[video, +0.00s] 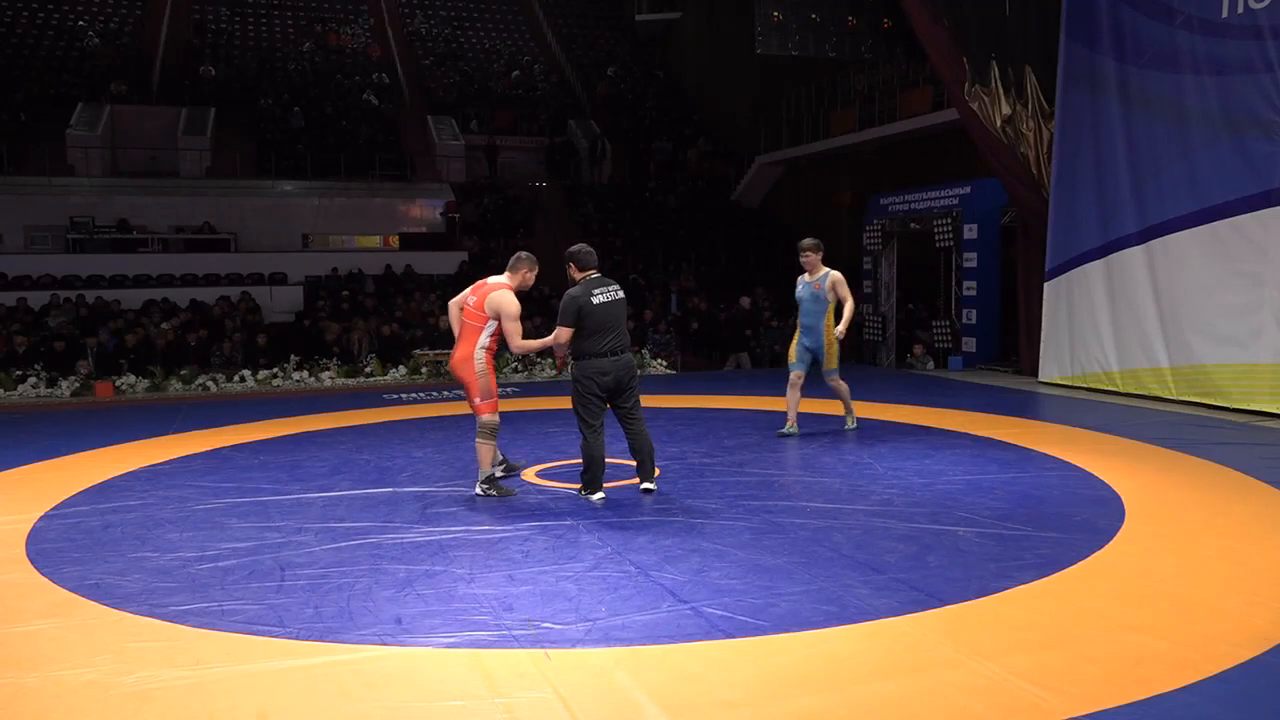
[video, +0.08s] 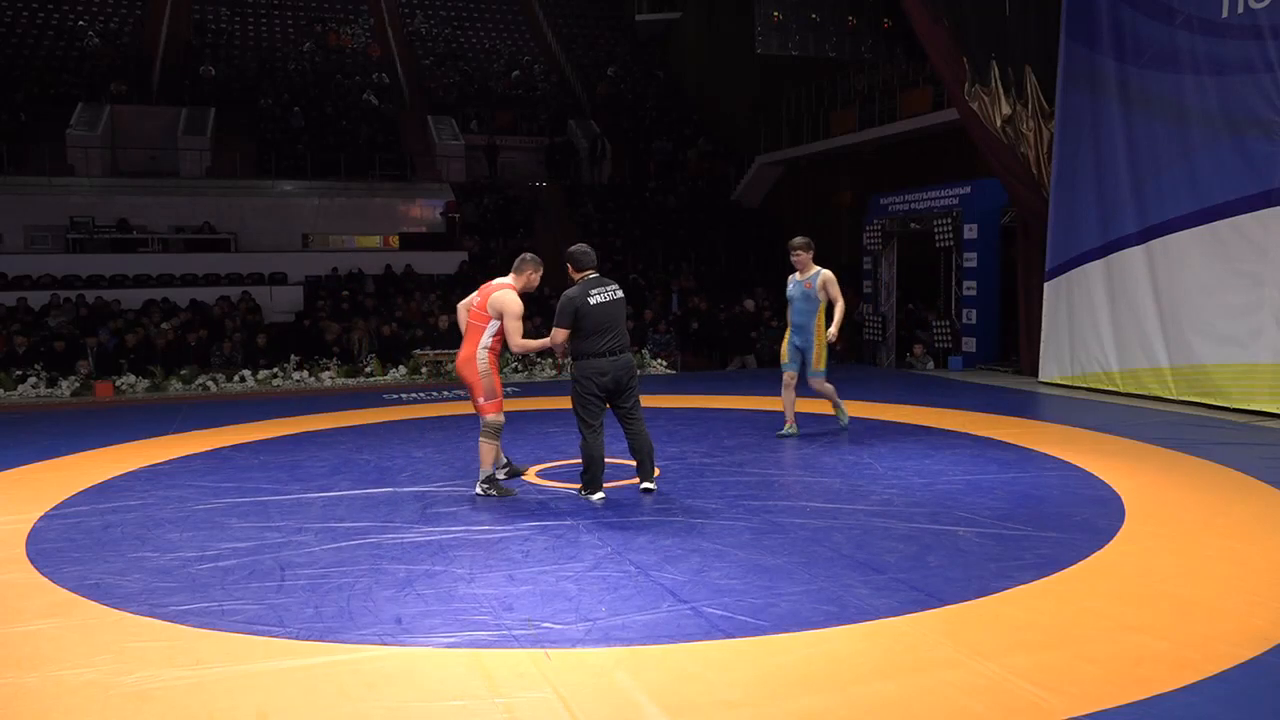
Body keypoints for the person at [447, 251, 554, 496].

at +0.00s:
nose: (534, 280)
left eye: (535, 276)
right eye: (534, 275)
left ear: (511, 269)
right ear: (525, 273)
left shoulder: (485, 283)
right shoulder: (508, 301)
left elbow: (454, 304)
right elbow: (517, 346)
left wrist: (461, 339)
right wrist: (551, 340)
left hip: (461, 358)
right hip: (475, 361)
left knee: (485, 414)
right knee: (489, 421)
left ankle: (497, 462)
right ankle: (485, 481)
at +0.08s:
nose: (539, 281)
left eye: (539, 277)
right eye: (539, 276)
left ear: (517, 271)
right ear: (529, 274)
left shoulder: (493, 285)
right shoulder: (512, 301)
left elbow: (462, 306)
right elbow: (516, 345)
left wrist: (470, 338)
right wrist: (550, 341)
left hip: (470, 358)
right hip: (479, 361)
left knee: (491, 415)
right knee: (494, 420)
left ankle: (501, 465)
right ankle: (485, 480)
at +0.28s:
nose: (549, 286)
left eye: (550, 281)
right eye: (548, 280)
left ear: (530, 275)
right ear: (539, 277)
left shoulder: (511, 291)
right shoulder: (518, 297)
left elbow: (517, 336)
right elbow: (517, 338)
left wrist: (548, 341)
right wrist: (549, 342)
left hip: (480, 360)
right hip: (484, 362)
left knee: (506, 410)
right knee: (521, 411)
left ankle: (502, 460)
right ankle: (498, 465)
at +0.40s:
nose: (555, 289)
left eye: (555, 284)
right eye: (555, 284)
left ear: (536, 278)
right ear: (547, 281)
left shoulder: (515, 292)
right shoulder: (526, 298)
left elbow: (515, 336)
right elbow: (519, 337)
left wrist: (544, 354)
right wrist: (545, 353)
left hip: (478, 359)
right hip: (488, 360)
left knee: (505, 412)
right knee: (522, 409)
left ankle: (504, 465)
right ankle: (514, 466)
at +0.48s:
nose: (560, 294)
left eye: (561, 290)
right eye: (560, 289)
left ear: (540, 283)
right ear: (552, 286)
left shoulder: (522, 296)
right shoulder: (533, 302)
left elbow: (511, 342)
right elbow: (522, 340)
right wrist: (542, 360)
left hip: (480, 357)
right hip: (489, 359)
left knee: (503, 413)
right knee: (515, 415)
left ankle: (504, 464)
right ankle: (526, 473)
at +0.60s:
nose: (563, 307)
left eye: (565, 303)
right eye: (564, 302)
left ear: (545, 295)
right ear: (556, 299)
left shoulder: (528, 307)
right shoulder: (542, 313)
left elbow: (520, 352)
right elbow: (534, 352)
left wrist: (514, 379)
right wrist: (546, 372)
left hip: (478, 360)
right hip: (490, 362)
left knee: (504, 416)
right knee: (514, 419)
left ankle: (505, 463)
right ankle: (527, 476)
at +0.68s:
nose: (564, 319)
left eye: (566, 315)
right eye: (565, 314)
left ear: (549, 305)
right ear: (558, 309)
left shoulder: (532, 314)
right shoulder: (546, 320)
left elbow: (523, 358)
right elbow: (544, 360)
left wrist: (515, 382)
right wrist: (550, 375)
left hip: (478, 361)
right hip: (490, 363)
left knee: (505, 414)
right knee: (517, 418)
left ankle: (505, 462)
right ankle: (527, 476)